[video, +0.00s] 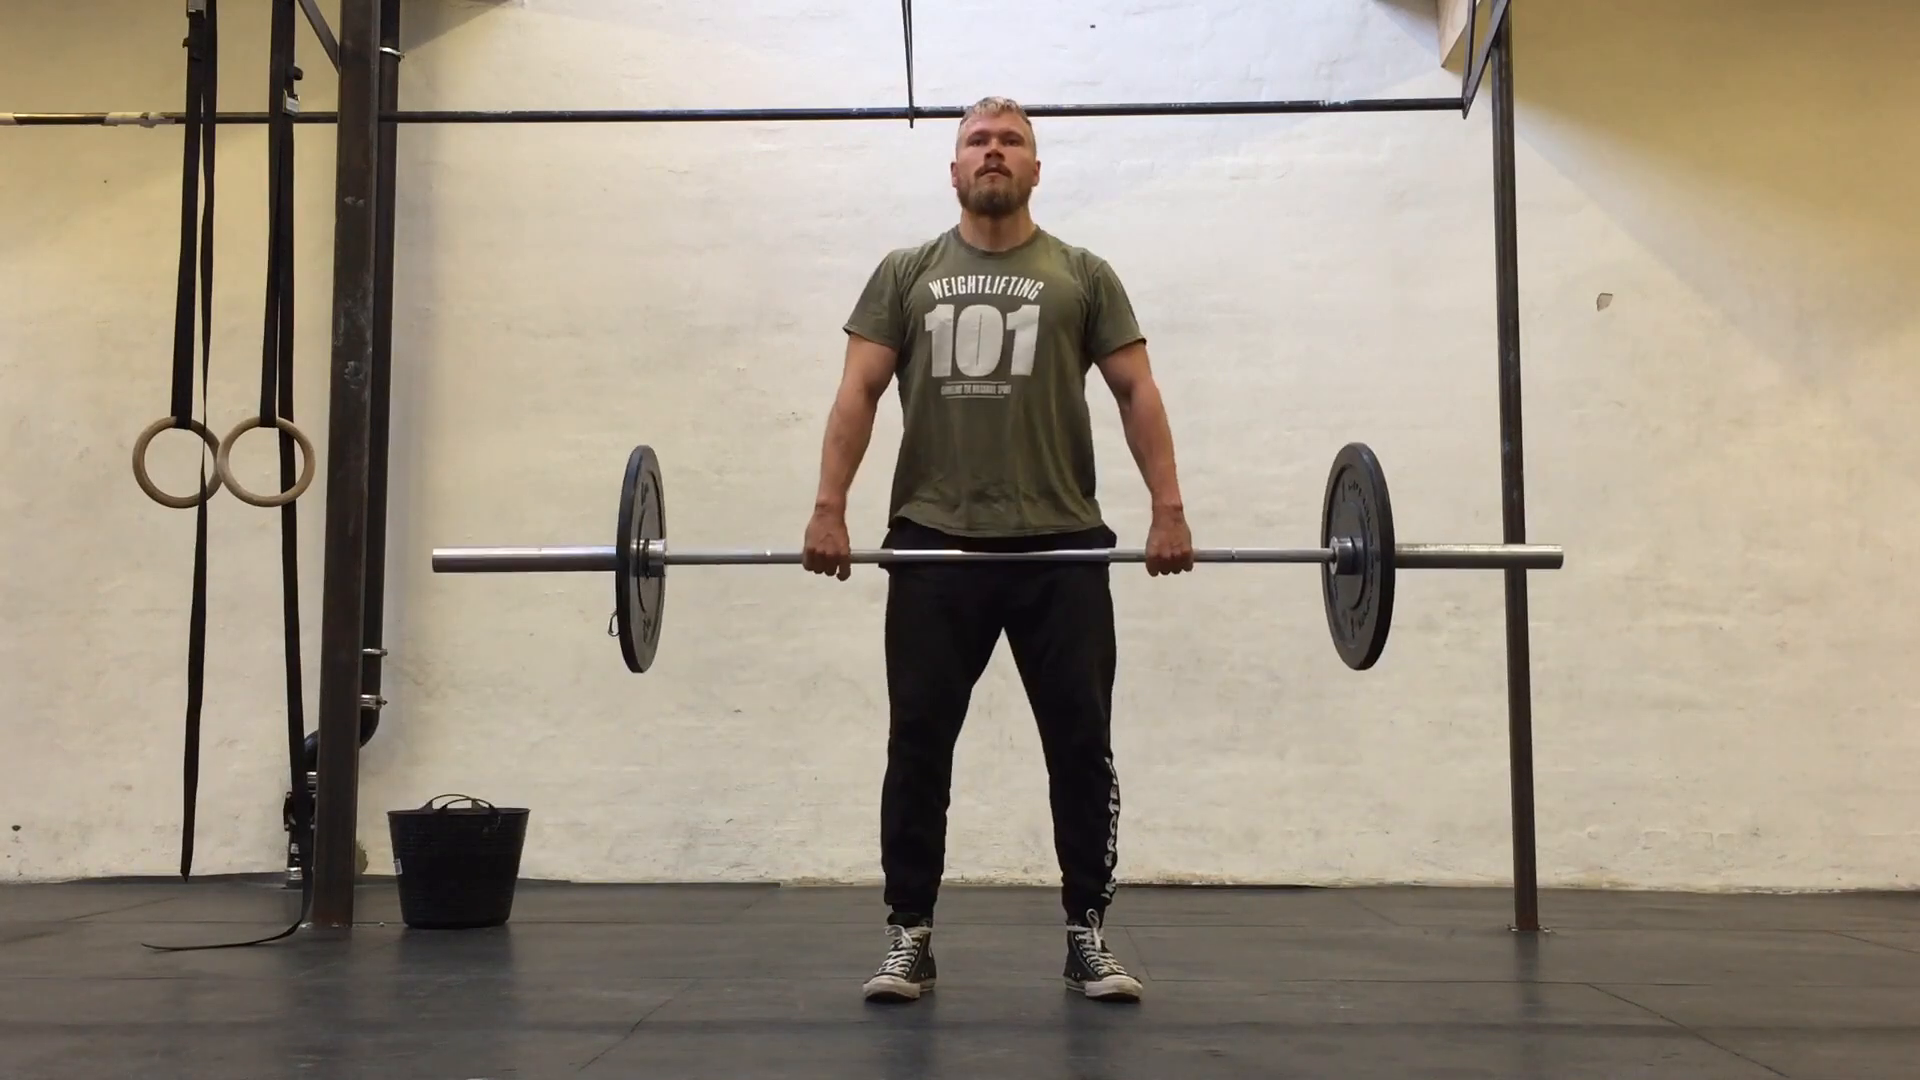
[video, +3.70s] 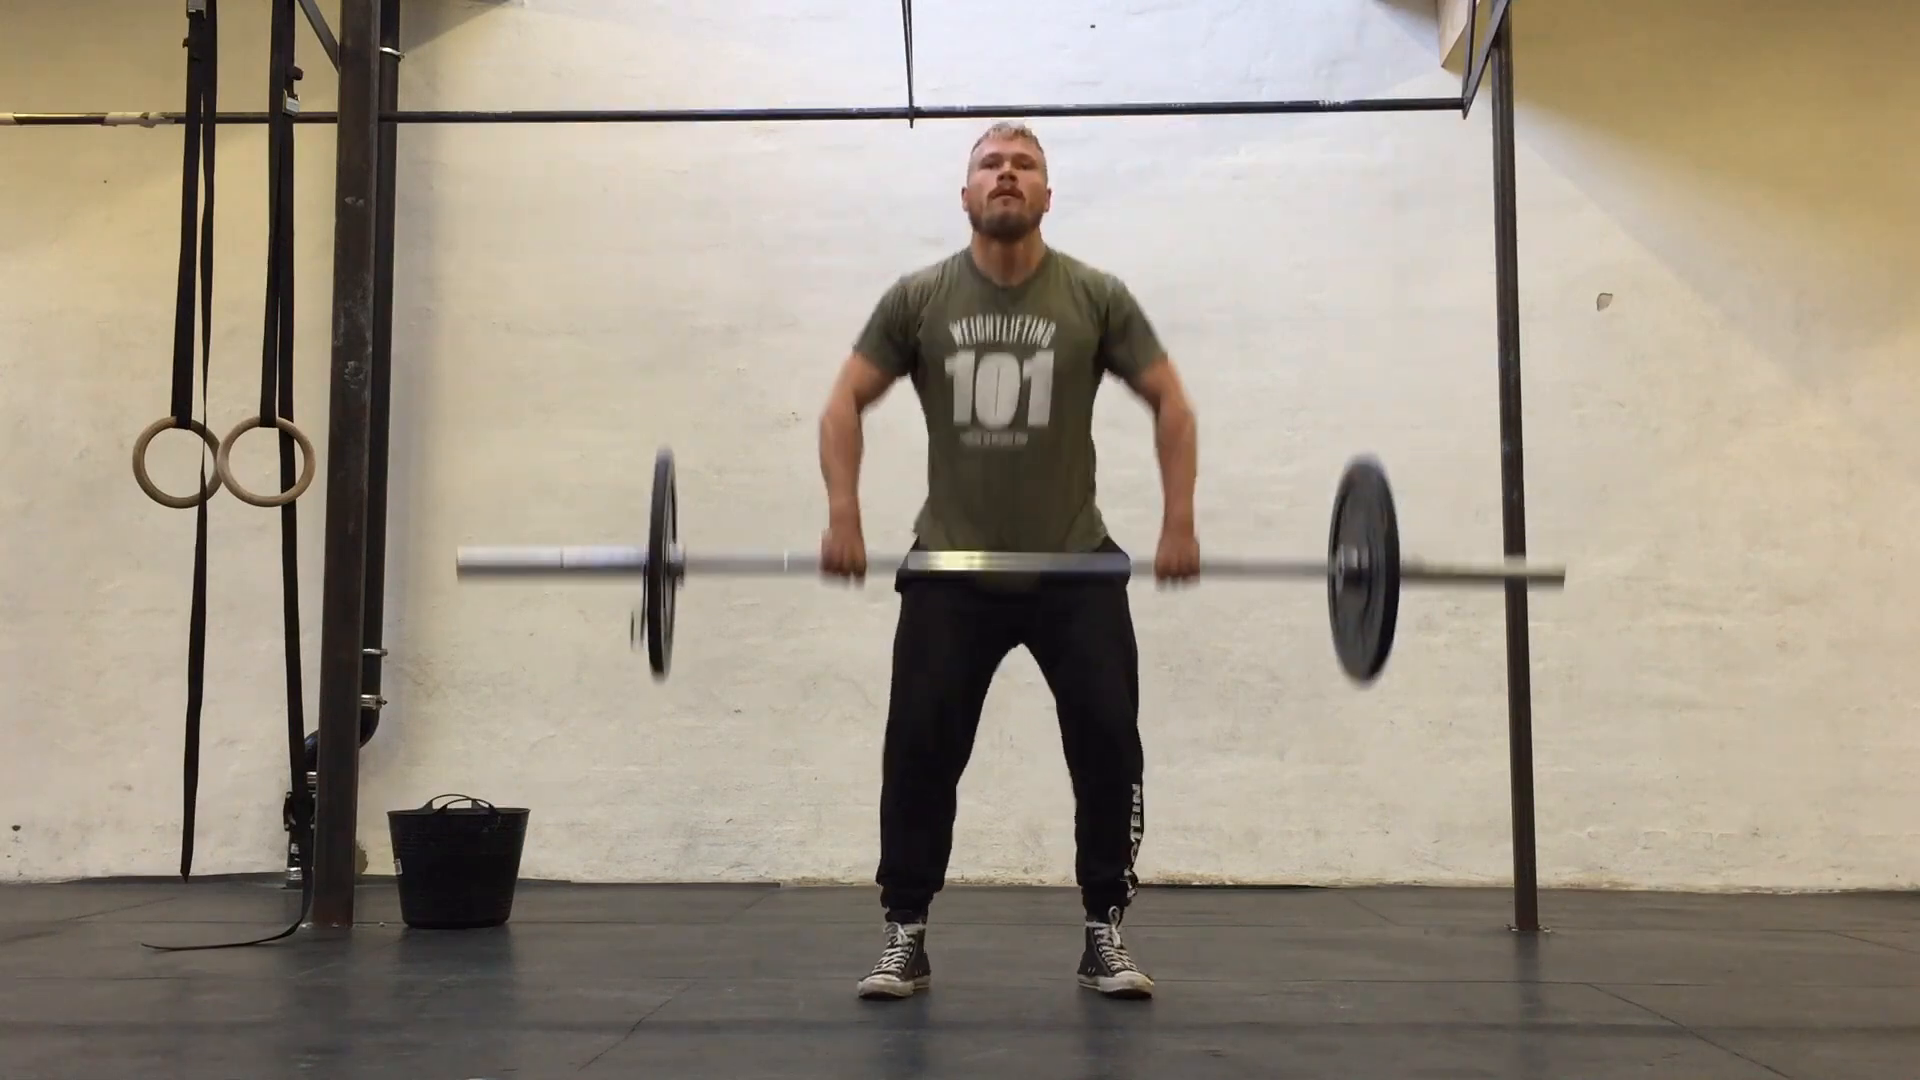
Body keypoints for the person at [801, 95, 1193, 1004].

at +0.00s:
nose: (992, 149)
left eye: (1010, 139)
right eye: (977, 139)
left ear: (1037, 169)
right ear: (953, 167)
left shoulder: (1082, 274)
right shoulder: (906, 273)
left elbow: (1135, 388)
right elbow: (858, 391)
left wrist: (1168, 507)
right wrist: (829, 507)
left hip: (1061, 543)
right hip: (935, 543)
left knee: (1081, 747)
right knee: (917, 745)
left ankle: (1088, 939)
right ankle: (908, 937)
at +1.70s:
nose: (1004, 221)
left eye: (1020, 212)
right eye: (987, 210)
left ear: (1042, 246)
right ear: (959, 242)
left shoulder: (1091, 350)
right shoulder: (908, 355)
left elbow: (1168, 460)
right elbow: (843, 472)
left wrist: (1177, 349)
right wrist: (824, 365)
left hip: (1055, 602)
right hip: (933, 603)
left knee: (1137, 752)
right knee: (865, 749)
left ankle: (1104, 944)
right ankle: (891, 942)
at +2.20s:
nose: (996, 186)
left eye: (1012, 181)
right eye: (980, 182)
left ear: (1039, 217)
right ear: (956, 219)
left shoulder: (1075, 298)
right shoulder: (923, 302)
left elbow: (1157, 331)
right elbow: (862, 345)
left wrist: (1163, 258)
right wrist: (839, 270)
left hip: (1066, 577)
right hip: (944, 576)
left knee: (1118, 756)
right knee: (887, 757)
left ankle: (1102, 947)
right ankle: (893, 946)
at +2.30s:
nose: (998, 168)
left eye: (1015, 160)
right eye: (984, 160)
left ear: (1040, 187)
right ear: (961, 187)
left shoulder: (1076, 259)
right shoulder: (924, 264)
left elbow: (1170, 241)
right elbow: (843, 259)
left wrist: (1168, 153)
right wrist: (833, 167)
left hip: (1063, 533)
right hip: (946, 534)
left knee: (1090, 730)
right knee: (921, 733)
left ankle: (1111, 931)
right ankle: (893, 935)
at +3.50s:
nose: (1005, 159)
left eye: (1021, 150)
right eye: (988, 149)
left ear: (1045, 178)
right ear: (964, 179)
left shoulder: (1088, 263)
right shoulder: (921, 258)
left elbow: (1202, 293)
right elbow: (798, 274)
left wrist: (1188, 303)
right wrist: (834, 286)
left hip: (1067, 527)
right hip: (953, 527)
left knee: (1098, 729)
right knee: (925, 730)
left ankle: (1111, 928)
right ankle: (901, 930)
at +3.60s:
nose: (1009, 156)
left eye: (1025, 146)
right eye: (993, 145)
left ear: (1048, 173)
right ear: (966, 172)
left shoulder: (1090, 262)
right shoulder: (924, 263)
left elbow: (1194, 332)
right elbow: (820, 332)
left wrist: (1183, 416)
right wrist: (839, 406)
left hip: (1068, 526)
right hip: (957, 526)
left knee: (1099, 724)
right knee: (927, 723)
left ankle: (1110, 927)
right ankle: (902, 929)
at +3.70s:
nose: (1007, 174)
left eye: (1023, 164)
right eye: (991, 163)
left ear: (1048, 194)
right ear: (964, 193)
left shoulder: (1096, 298)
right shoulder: (918, 301)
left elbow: (1170, 402)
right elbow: (844, 403)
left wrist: (1179, 524)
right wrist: (843, 514)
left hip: (1074, 567)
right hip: (951, 568)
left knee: (1110, 750)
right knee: (918, 752)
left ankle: (1106, 936)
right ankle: (904, 938)